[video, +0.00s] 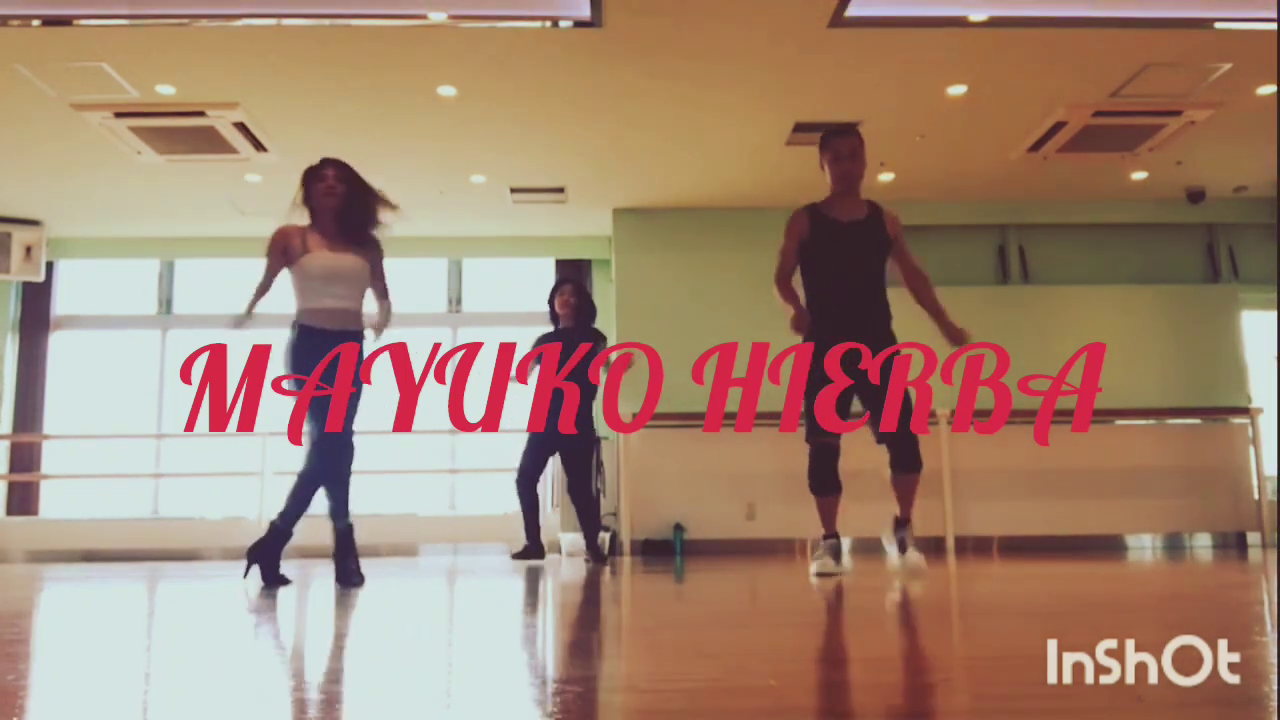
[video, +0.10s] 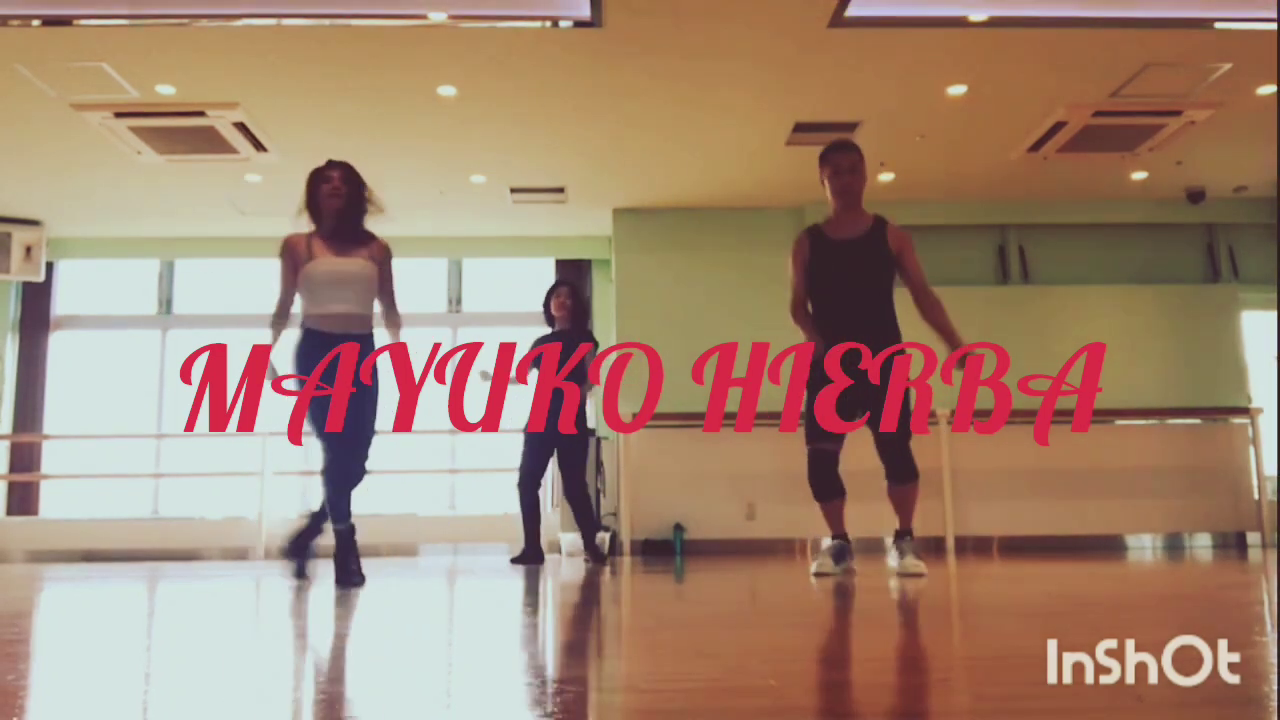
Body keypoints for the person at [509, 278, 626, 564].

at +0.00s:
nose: (566, 299)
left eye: (572, 295)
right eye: (561, 295)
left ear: (582, 302)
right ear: (553, 302)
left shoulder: (595, 340)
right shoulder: (545, 340)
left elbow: (598, 377)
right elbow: (522, 374)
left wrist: (613, 365)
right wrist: (525, 364)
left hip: (578, 426)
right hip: (544, 425)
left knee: (581, 489)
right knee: (525, 480)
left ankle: (592, 546)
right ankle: (533, 544)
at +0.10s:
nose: (561, 301)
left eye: (567, 297)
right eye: (557, 297)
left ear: (576, 304)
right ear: (548, 304)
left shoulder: (585, 342)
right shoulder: (542, 343)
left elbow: (593, 379)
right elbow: (520, 374)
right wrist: (491, 374)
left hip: (572, 422)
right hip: (540, 421)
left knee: (575, 485)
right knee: (527, 483)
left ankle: (590, 544)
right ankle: (532, 548)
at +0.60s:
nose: (555, 299)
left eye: (561, 295)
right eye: (550, 294)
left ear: (568, 302)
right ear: (541, 300)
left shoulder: (574, 339)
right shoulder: (528, 336)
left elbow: (600, 376)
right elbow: (507, 374)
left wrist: (629, 369)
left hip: (574, 420)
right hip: (541, 420)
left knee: (575, 486)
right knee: (530, 486)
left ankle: (563, 548)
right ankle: (533, 548)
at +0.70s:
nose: (555, 302)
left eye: (561, 298)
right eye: (549, 297)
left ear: (567, 305)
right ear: (540, 303)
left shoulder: (574, 342)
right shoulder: (525, 340)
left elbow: (604, 375)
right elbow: (500, 373)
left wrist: (638, 373)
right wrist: (467, 373)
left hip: (573, 423)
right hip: (540, 423)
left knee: (574, 488)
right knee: (529, 487)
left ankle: (563, 548)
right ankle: (533, 549)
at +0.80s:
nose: (554, 304)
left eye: (559, 300)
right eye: (548, 300)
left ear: (567, 307)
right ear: (540, 306)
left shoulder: (576, 343)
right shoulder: (526, 344)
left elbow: (605, 375)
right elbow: (496, 372)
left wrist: (638, 375)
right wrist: (463, 369)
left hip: (571, 426)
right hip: (538, 425)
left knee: (573, 487)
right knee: (526, 487)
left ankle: (563, 548)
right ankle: (532, 549)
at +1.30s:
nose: (554, 304)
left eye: (560, 300)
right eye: (549, 300)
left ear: (568, 309)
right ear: (540, 308)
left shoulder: (576, 345)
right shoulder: (528, 346)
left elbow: (596, 383)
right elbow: (501, 377)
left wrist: (622, 385)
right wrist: (466, 378)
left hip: (569, 427)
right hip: (536, 426)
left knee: (574, 488)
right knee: (522, 489)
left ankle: (563, 548)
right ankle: (532, 549)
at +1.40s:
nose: (553, 303)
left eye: (558, 299)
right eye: (548, 300)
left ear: (567, 307)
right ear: (539, 308)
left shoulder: (578, 343)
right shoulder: (531, 348)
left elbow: (595, 382)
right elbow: (501, 378)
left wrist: (621, 384)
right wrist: (463, 375)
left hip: (566, 427)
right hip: (533, 426)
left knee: (572, 488)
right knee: (521, 485)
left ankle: (563, 548)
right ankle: (532, 548)